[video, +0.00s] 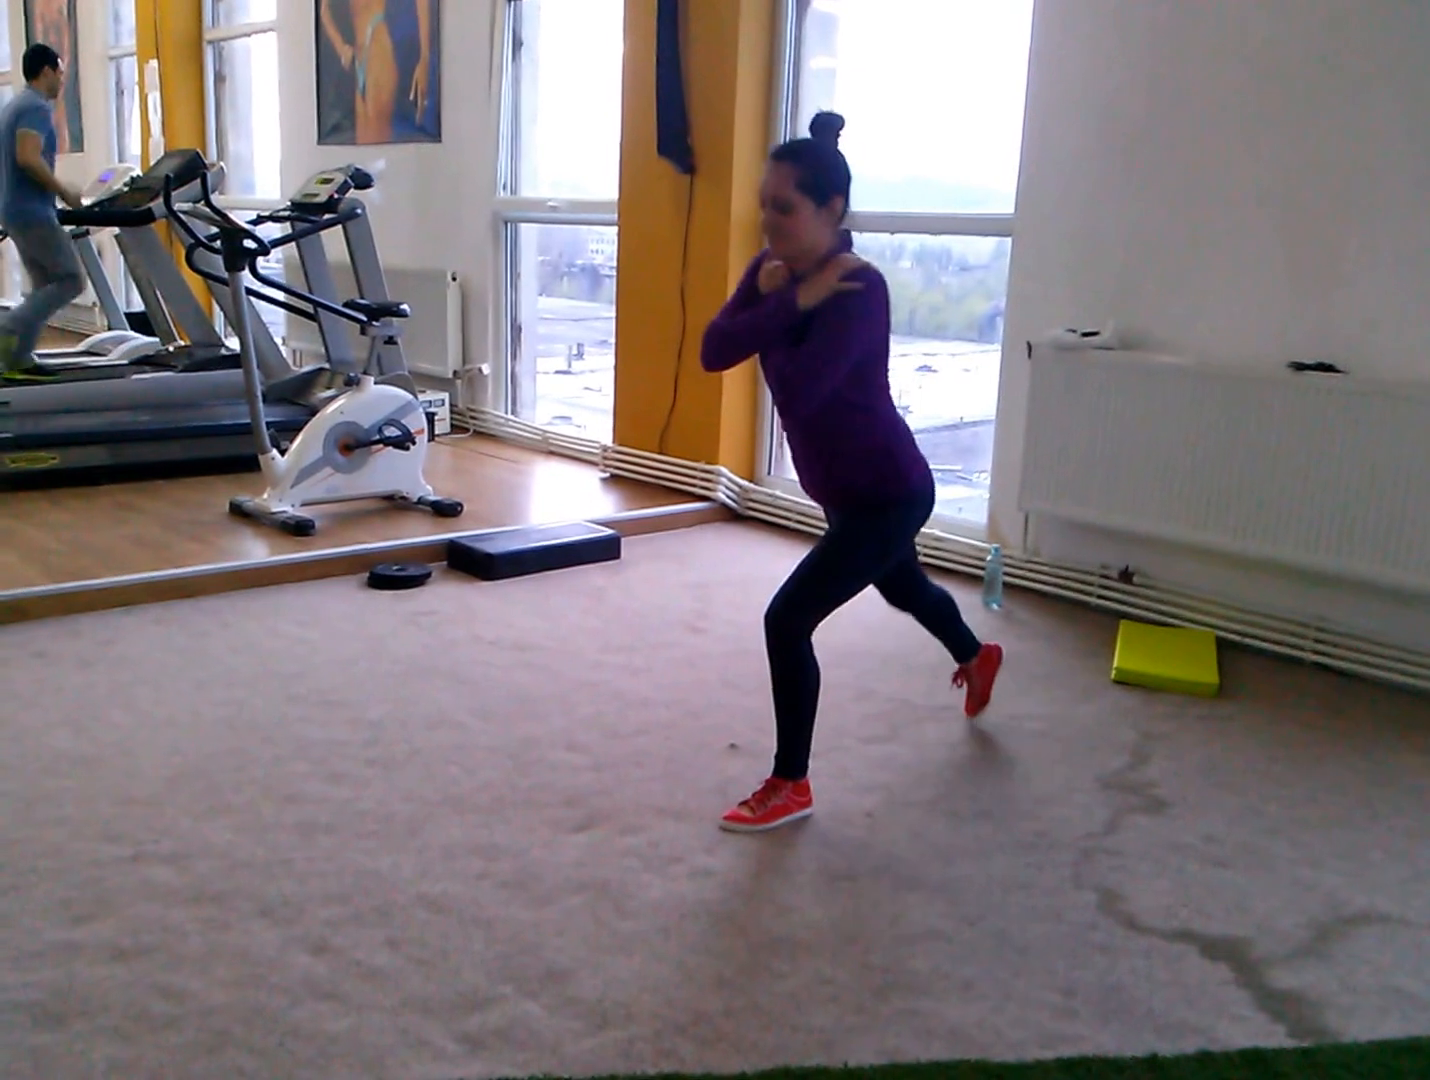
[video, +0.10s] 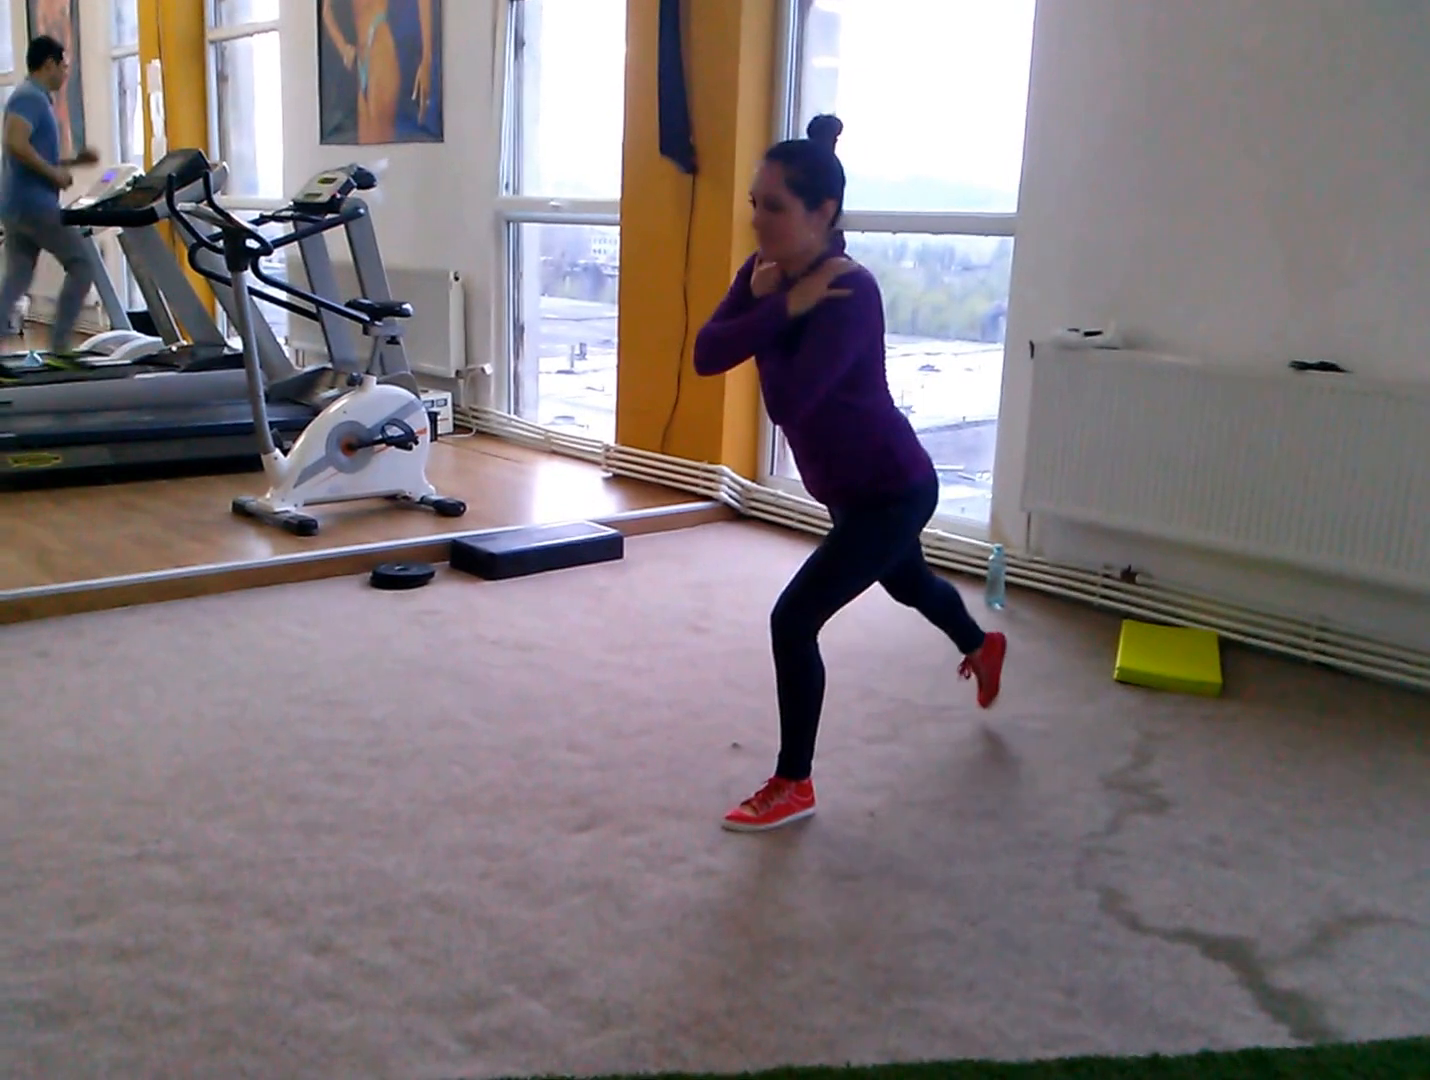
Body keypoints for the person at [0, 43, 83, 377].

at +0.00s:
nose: (61, 79)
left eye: (61, 72)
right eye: (59, 72)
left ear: (33, 73)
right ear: (46, 72)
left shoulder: (19, 104)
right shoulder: (35, 107)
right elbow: (27, 157)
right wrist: (66, 192)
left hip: (18, 211)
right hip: (30, 212)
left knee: (44, 286)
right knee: (70, 281)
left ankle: (20, 357)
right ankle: (10, 326)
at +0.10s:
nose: (65, 73)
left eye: (65, 66)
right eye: (62, 65)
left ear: (40, 65)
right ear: (49, 65)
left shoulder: (35, 99)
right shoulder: (30, 98)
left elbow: (39, 159)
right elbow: (15, 143)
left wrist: (75, 159)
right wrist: (52, 172)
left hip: (20, 208)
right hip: (33, 207)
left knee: (15, 281)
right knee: (82, 265)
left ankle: (2, 344)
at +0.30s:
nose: (72, 77)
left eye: (72, 70)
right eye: (69, 70)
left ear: (47, 70)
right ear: (54, 69)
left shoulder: (37, 102)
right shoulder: (39, 107)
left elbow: (40, 154)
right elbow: (27, 154)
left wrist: (75, 158)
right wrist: (65, 189)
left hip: (32, 210)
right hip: (44, 211)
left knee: (45, 283)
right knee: (77, 279)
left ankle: (1, 312)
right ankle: (66, 357)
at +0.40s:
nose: (76, 81)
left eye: (76, 74)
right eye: (74, 74)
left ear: (49, 75)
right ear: (60, 74)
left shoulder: (31, 106)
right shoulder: (47, 112)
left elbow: (33, 167)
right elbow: (50, 168)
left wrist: (72, 184)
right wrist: (83, 189)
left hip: (30, 209)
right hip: (41, 211)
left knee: (69, 278)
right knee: (71, 278)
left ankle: (19, 333)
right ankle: (29, 356)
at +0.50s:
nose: (77, 75)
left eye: (76, 68)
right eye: (75, 68)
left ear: (47, 66)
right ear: (63, 66)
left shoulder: (22, 99)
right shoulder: (56, 102)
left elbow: (3, 144)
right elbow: (64, 155)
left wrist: (28, 160)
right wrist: (93, 159)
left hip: (31, 204)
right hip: (46, 207)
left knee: (86, 264)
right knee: (34, 280)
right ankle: (2, 351)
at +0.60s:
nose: (78, 71)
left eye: (78, 64)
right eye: (76, 64)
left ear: (47, 64)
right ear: (64, 62)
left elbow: (5, 143)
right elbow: (68, 149)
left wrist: (33, 158)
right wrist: (91, 153)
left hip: (34, 204)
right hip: (51, 205)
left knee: (83, 274)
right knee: (43, 277)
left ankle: (99, 354)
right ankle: (2, 320)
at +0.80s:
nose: (83, 81)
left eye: (83, 74)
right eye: (81, 73)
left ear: (56, 74)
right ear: (68, 73)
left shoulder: (43, 107)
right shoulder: (55, 108)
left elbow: (43, 160)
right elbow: (45, 155)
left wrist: (80, 186)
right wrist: (83, 183)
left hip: (40, 214)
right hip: (53, 215)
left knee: (57, 287)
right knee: (100, 276)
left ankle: (32, 361)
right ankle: (43, 345)